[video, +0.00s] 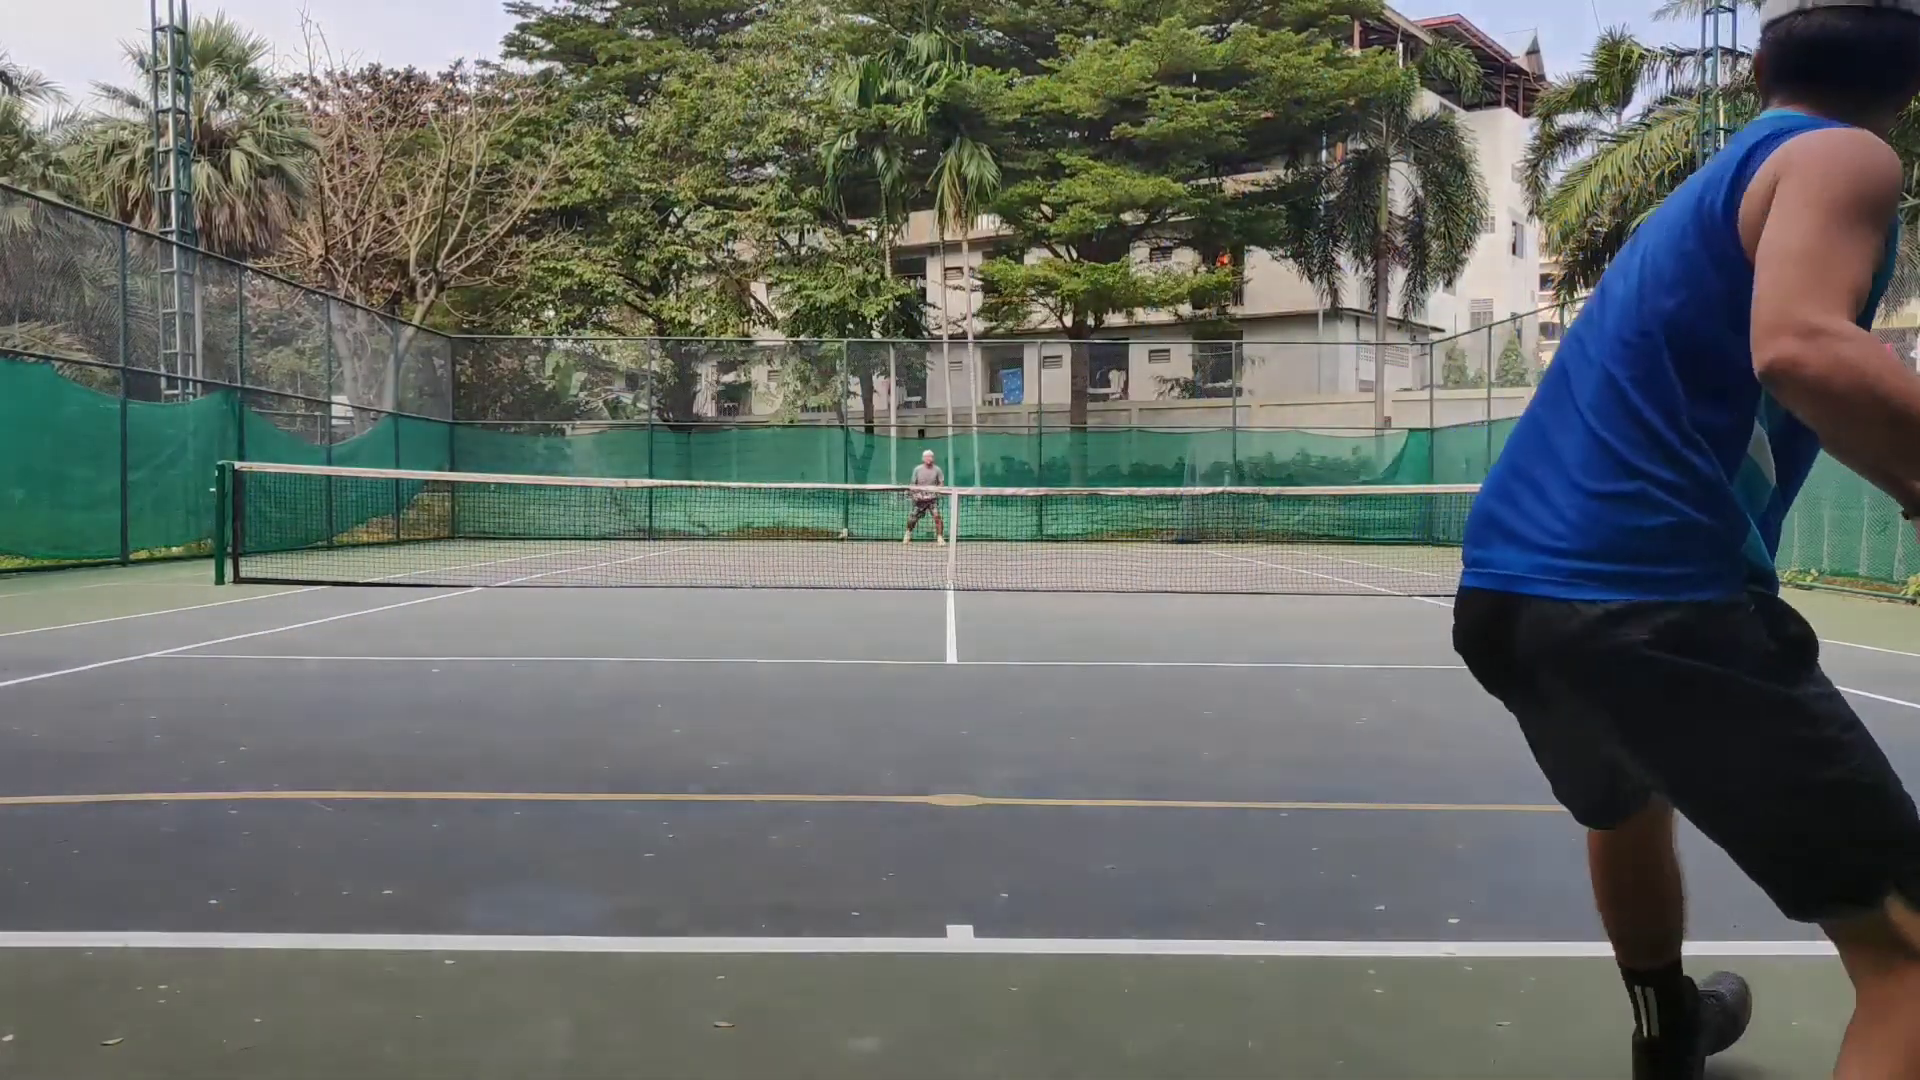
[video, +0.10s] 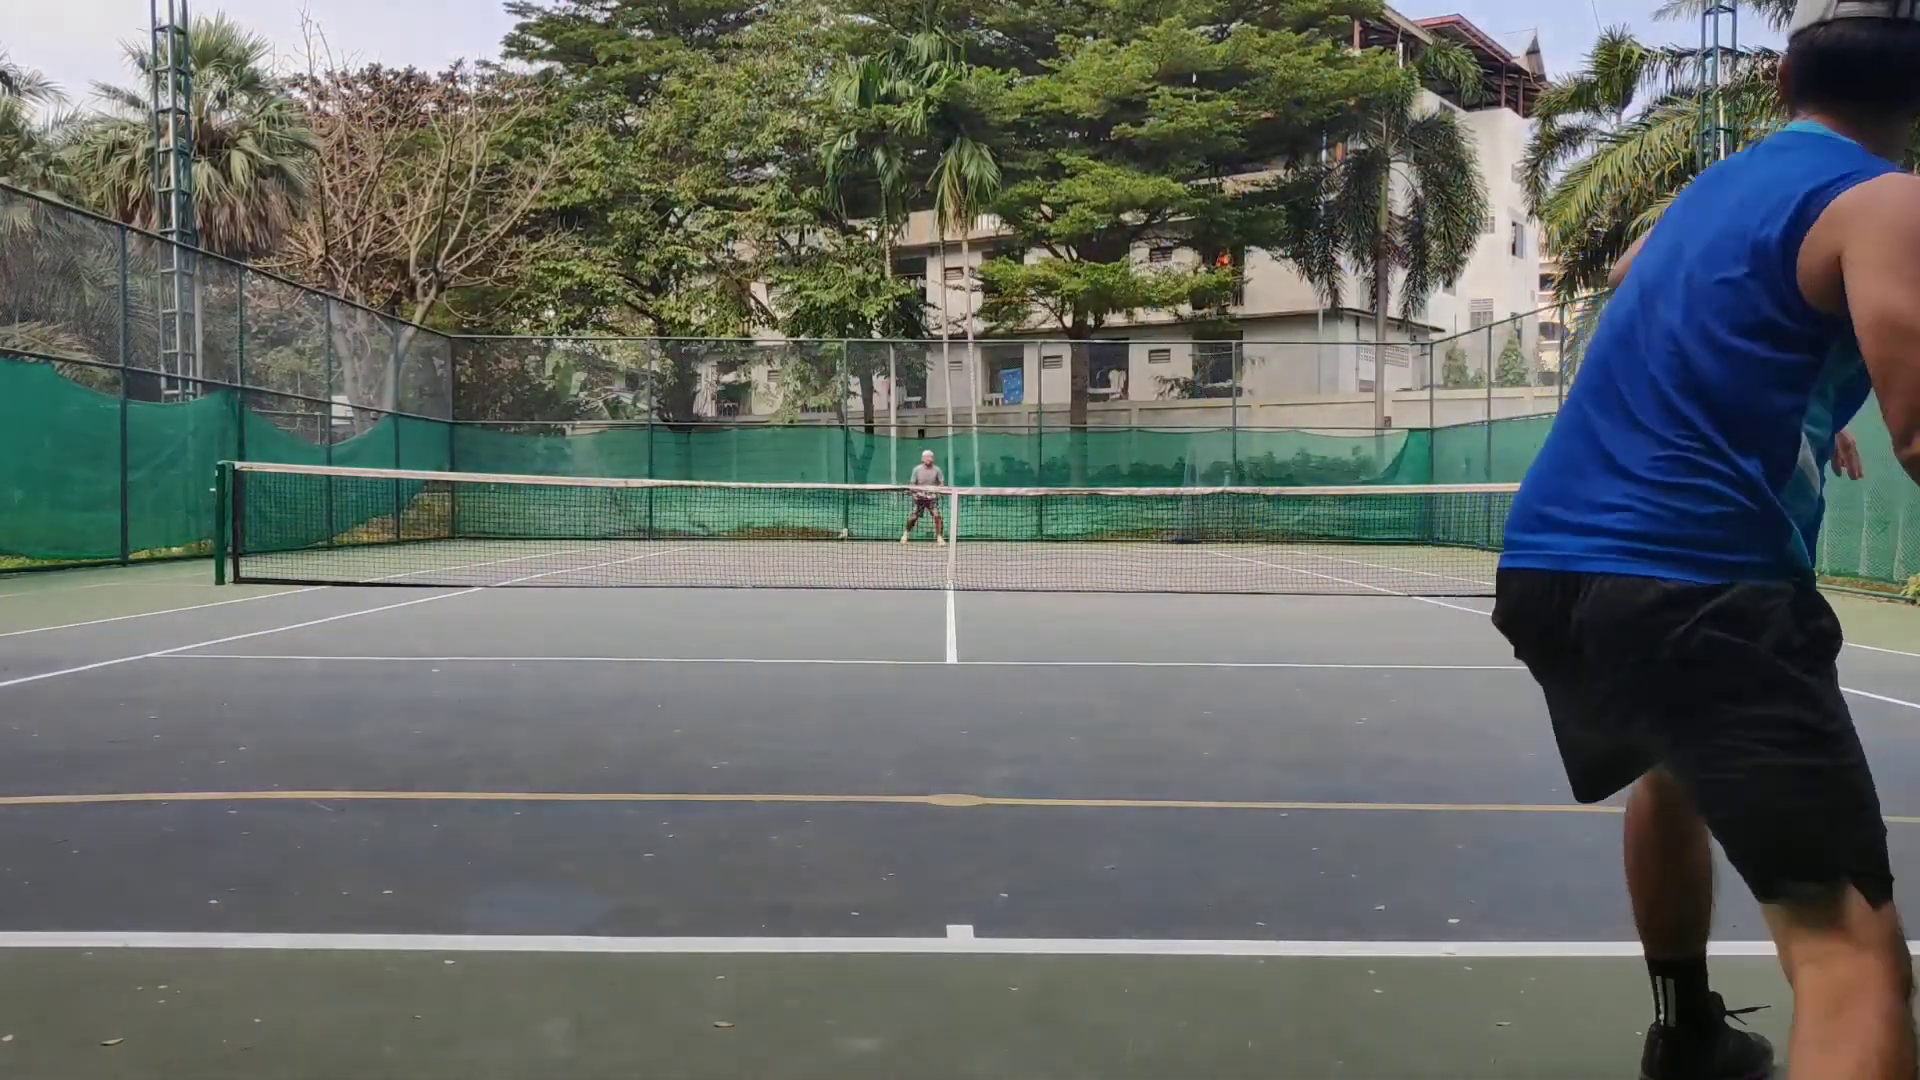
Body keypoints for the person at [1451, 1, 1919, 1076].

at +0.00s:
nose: (1913, 124)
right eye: (1914, 100)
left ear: (1776, 84)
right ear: (1903, 92)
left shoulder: (1706, 184)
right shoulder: (1840, 156)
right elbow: (1800, 345)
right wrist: (1910, 480)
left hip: (1506, 593)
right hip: (1657, 605)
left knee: (1622, 794)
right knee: (1898, 953)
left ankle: (1663, 1022)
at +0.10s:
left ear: (1790, 88)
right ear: (1914, 104)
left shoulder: (1714, 184)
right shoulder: (1881, 197)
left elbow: (1636, 301)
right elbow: (1908, 433)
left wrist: (1793, 403)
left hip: (1545, 574)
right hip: (1699, 589)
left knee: (1666, 758)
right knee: (1846, 953)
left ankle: (1682, 1023)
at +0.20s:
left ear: (1786, 53)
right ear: (1904, 84)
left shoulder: (1657, 141)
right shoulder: (1906, 184)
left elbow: (1482, 199)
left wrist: (1598, 269)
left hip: (1603, 549)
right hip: (1775, 564)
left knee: (1660, 751)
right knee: (1802, 898)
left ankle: (1676, 1015)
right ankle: (1753, 1066)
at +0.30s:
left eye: (1772, 21)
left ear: (1787, 23)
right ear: (1909, 41)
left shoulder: (1703, 93)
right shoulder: (1916, 124)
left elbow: (1487, 144)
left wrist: (1506, 189)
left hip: (1671, 501)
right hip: (1851, 519)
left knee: (1688, 749)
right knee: (1817, 828)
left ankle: (1699, 1026)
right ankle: (1694, 1001)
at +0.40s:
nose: (1779, 23)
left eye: (1782, 14)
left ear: (1799, 7)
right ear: (1904, 9)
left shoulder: (1773, 75)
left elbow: (1584, 132)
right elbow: (1718, 174)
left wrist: (1495, 139)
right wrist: (1580, 138)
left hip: (1715, 480)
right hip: (1886, 488)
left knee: (1699, 758)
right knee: (1874, 797)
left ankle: (1687, 1021)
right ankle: (1810, 978)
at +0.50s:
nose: (1777, 16)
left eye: (1781, 10)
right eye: (1779, 14)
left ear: (1806, 2)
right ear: (1887, 2)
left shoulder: (1811, 49)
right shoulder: (1901, 64)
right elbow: (1734, 103)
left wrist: (1582, 164)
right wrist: (1586, 48)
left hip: (1778, 474)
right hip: (1908, 471)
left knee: (1720, 765)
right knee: (1917, 778)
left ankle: (1693, 1021)